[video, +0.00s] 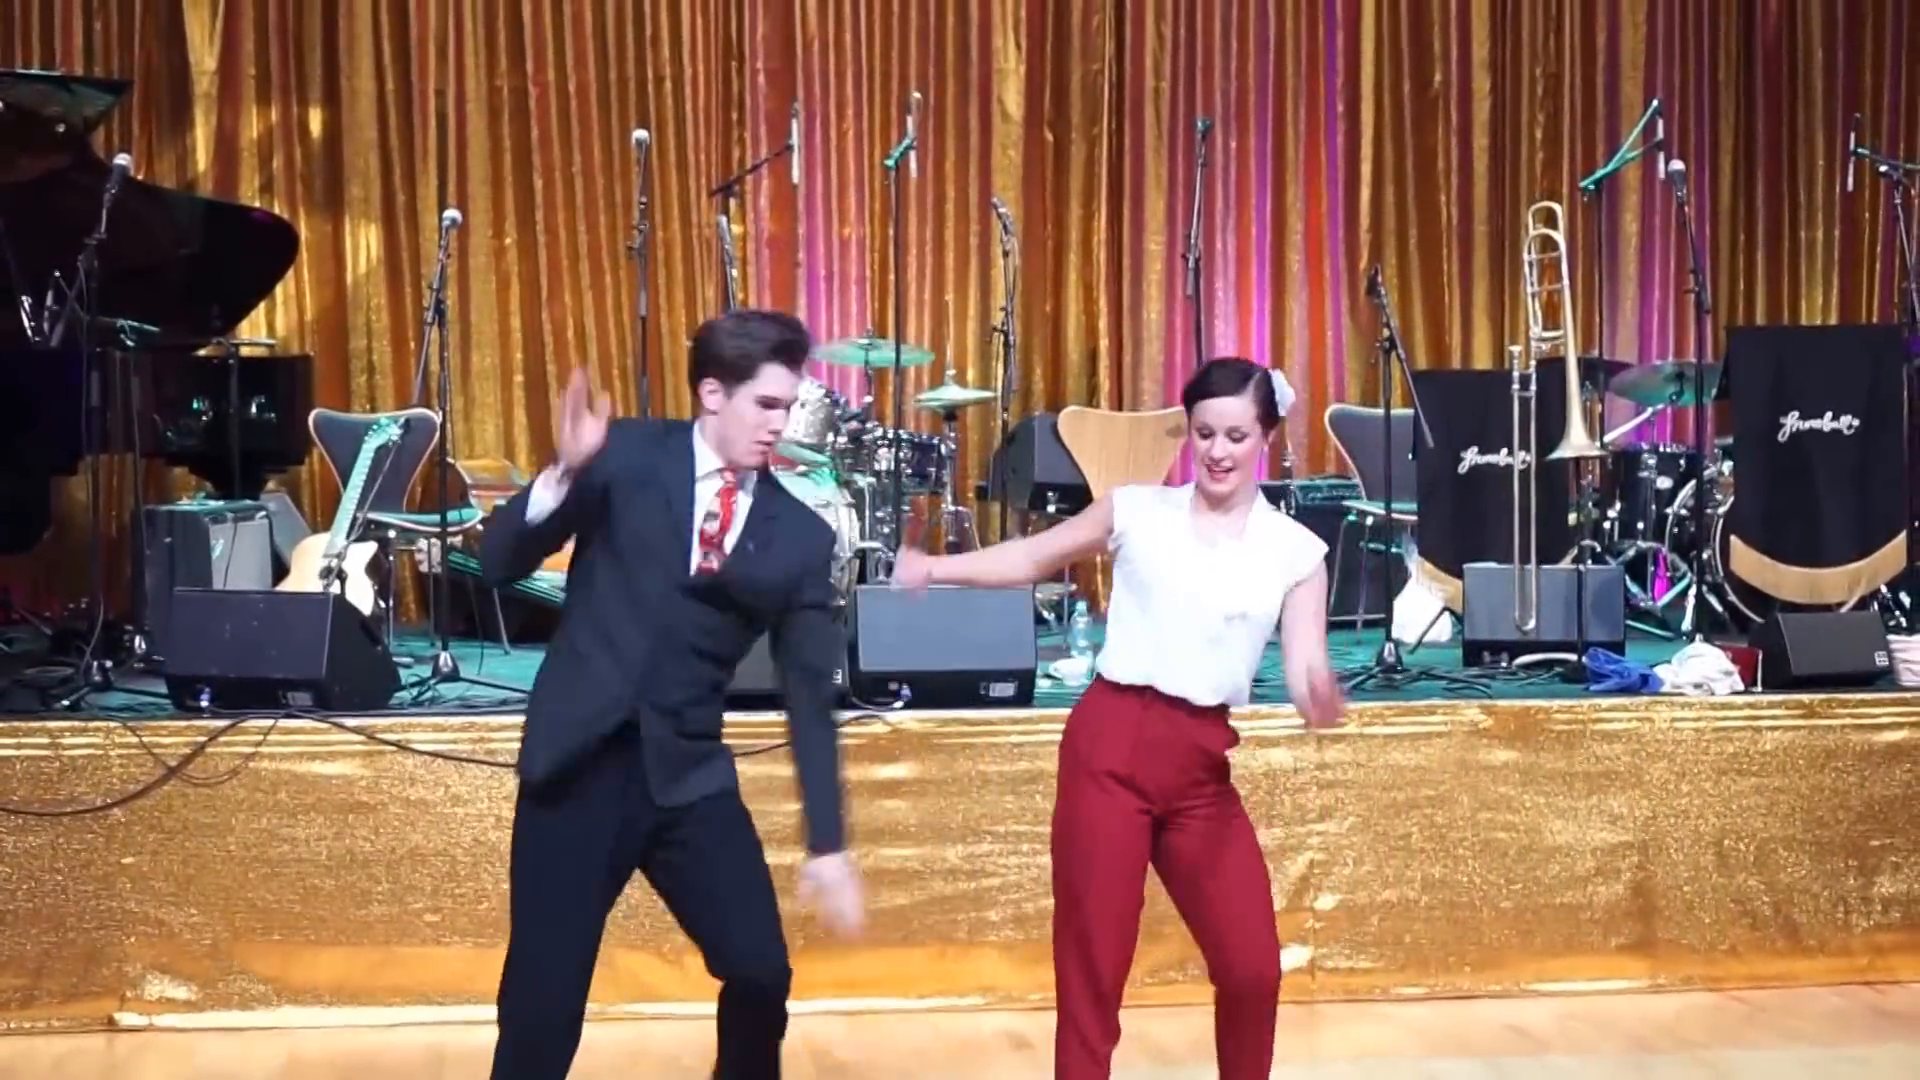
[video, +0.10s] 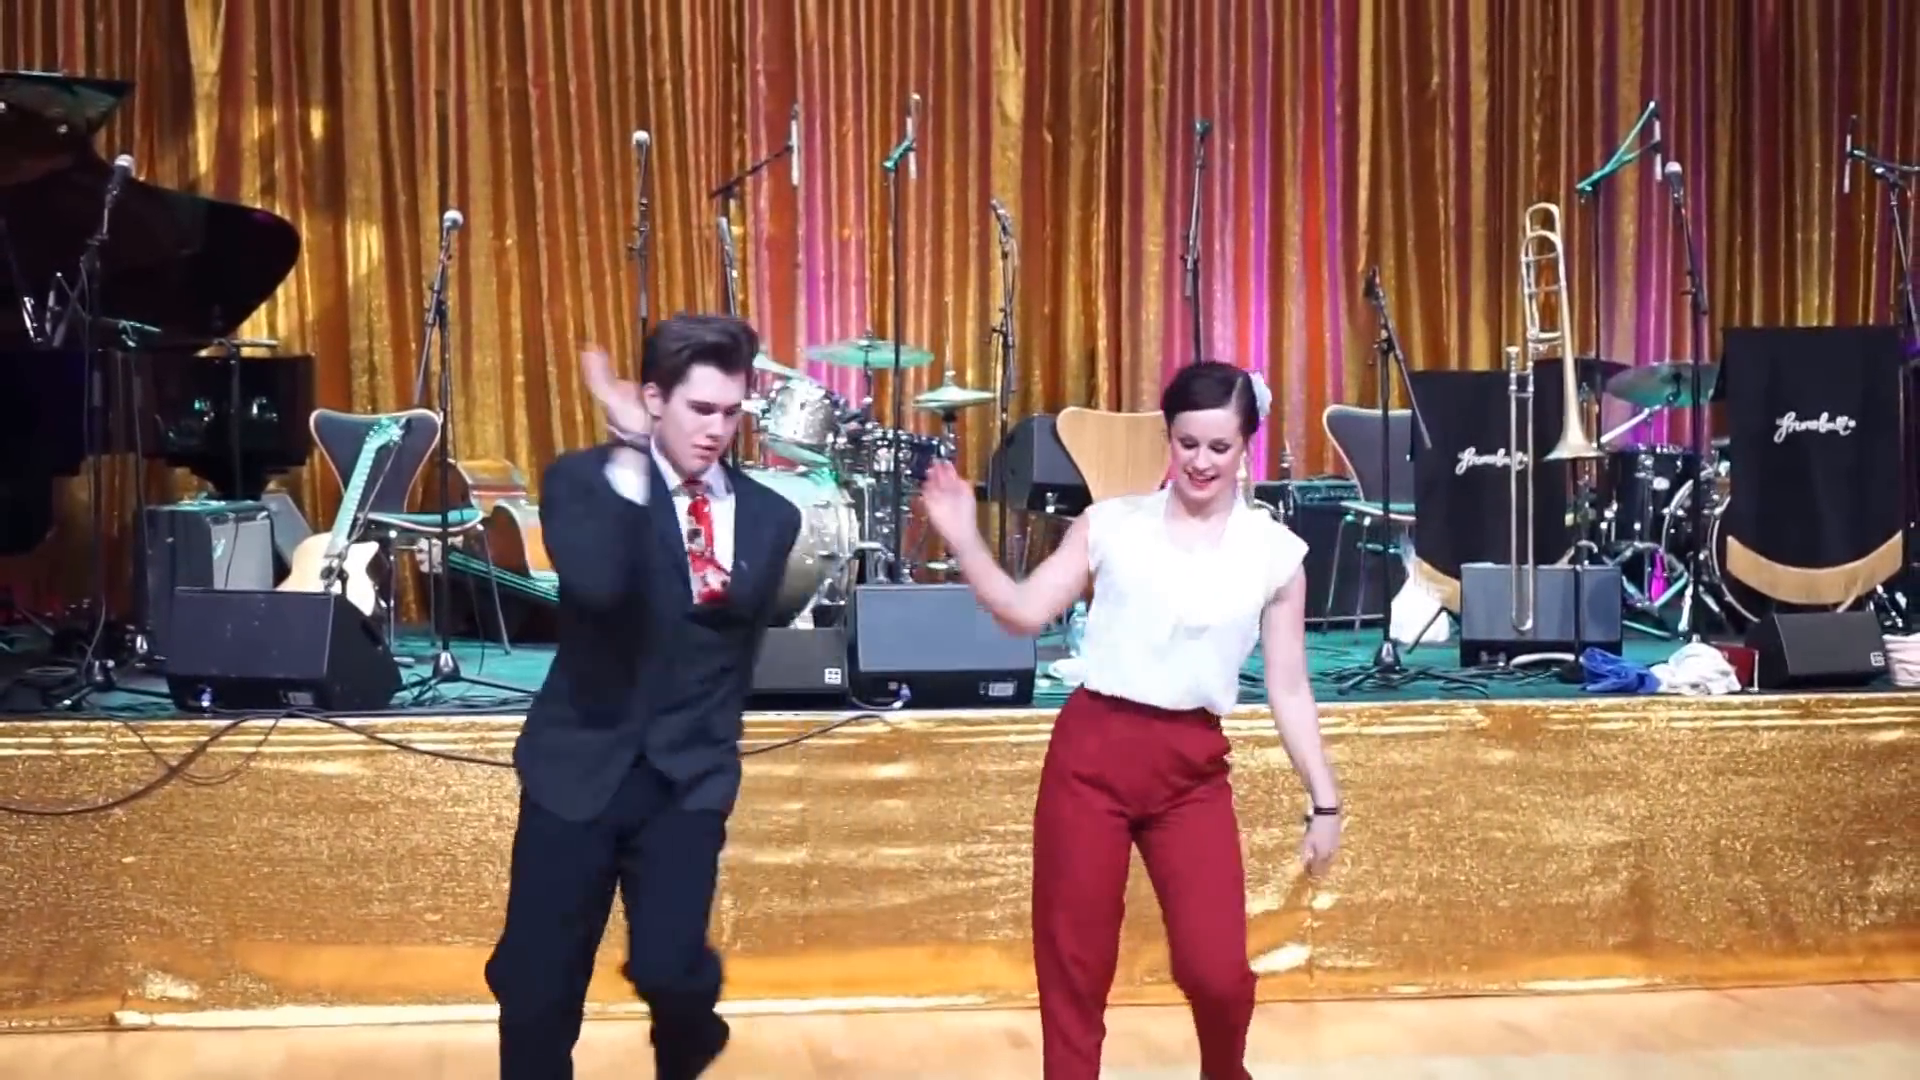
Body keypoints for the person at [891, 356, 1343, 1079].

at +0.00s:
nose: (1217, 451)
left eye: (1235, 435)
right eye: (1205, 433)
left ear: (1267, 437)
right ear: (1188, 433)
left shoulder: (1294, 551)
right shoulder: (1131, 509)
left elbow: (1310, 684)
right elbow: (1031, 557)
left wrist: (1324, 701)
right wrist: (934, 567)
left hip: (1199, 770)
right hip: (1107, 753)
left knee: (1253, 973)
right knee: (1093, 981)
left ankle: (1245, 1079)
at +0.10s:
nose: (1200, 462)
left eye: (1219, 447)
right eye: (1187, 443)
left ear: (1247, 445)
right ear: (1167, 436)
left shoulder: (1275, 555)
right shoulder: (1108, 525)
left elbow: (1290, 689)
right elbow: (1025, 612)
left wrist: (1326, 799)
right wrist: (964, 539)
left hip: (1193, 772)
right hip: (1089, 759)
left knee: (1220, 979)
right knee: (1075, 979)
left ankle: (1225, 1072)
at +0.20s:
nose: (1193, 470)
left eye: (1212, 455)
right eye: (1179, 451)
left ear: (1236, 453)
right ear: (1155, 441)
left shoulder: (1251, 548)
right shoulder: (1102, 534)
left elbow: (1268, 663)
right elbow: (1089, 664)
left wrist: (1321, 724)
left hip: (1192, 778)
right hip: (1089, 770)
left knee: (1121, 962)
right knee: (1075, 983)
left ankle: (1177, 1075)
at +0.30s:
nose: (1197, 478)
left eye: (1214, 462)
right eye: (1183, 459)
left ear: (1235, 457)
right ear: (1156, 447)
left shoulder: (1240, 546)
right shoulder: (1114, 540)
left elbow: (1261, 630)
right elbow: (1119, 678)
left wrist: (1344, 611)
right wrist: (1193, 721)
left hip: (1194, 793)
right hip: (1099, 782)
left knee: (1090, 980)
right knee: (1080, 986)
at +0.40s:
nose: (1212, 480)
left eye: (1229, 464)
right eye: (1196, 462)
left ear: (1247, 459)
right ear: (1166, 450)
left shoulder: (1254, 548)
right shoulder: (1122, 545)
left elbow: (1342, 609)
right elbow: (1090, 688)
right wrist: (1134, 797)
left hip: (1224, 772)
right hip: (1119, 767)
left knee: (1153, 994)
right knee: (1077, 993)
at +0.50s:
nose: (1239, 487)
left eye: (1255, 471)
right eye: (1223, 468)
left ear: (1274, 468)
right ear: (1190, 458)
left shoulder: (1289, 557)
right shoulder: (1127, 555)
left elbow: (1405, 625)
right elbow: (1068, 666)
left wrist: (1434, 528)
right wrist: (1041, 791)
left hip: (1250, 801)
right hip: (1150, 796)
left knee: (1207, 1008)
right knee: (1171, 994)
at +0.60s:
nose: (1281, 501)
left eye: (1296, 485)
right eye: (1264, 483)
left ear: (1311, 482)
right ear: (1227, 476)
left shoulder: (1330, 581)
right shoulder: (1163, 573)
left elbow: (1370, 704)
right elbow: (1102, 669)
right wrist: (991, 705)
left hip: (1274, 818)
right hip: (1182, 807)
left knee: (1163, 1030)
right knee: (1266, 1007)